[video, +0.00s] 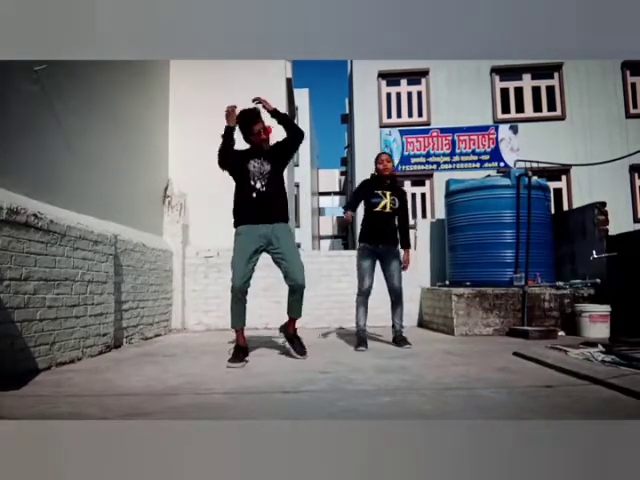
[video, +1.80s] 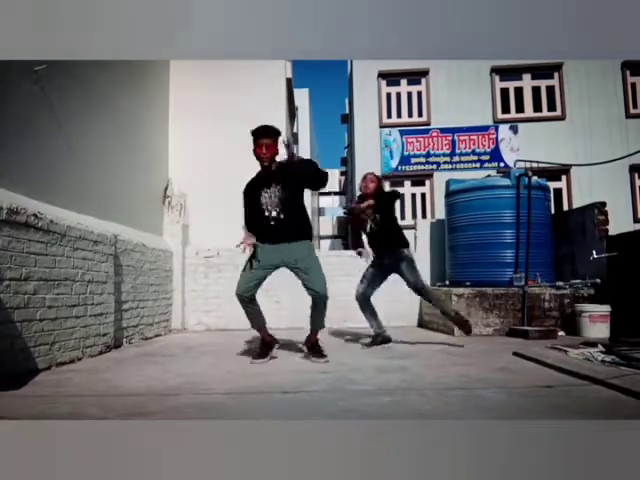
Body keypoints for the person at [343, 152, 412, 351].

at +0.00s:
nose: (384, 165)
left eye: (387, 162)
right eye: (380, 162)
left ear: (393, 165)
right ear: (376, 166)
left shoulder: (399, 191)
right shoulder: (368, 185)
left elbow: (403, 222)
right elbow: (353, 201)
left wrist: (406, 249)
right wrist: (349, 212)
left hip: (390, 245)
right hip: (367, 244)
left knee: (396, 289)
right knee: (364, 289)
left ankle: (398, 333)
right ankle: (361, 335)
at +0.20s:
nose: (377, 164)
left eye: (381, 161)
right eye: (374, 161)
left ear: (388, 164)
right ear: (370, 164)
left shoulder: (395, 187)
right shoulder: (362, 187)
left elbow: (403, 217)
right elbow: (352, 212)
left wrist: (406, 245)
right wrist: (348, 233)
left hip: (387, 244)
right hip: (364, 243)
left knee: (391, 289)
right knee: (355, 286)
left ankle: (398, 332)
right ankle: (352, 329)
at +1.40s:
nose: (378, 165)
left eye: (381, 162)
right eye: (374, 162)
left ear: (386, 165)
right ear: (369, 167)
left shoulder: (394, 187)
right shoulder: (361, 187)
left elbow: (405, 214)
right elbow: (348, 213)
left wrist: (419, 237)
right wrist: (340, 238)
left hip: (388, 245)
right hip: (365, 245)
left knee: (395, 290)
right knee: (356, 290)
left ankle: (395, 333)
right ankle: (344, 332)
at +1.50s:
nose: (377, 164)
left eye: (380, 160)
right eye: (373, 161)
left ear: (386, 163)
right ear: (367, 165)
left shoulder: (395, 183)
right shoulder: (359, 183)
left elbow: (420, 198)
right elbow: (337, 197)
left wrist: (446, 208)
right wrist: (323, 209)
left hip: (391, 245)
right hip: (369, 245)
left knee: (394, 288)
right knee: (358, 289)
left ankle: (394, 333)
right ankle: (353, 331)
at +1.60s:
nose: (374, 167)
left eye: (377, 163)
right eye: (370, 164)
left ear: (384, 166)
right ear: (366, 168)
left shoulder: (394, 182)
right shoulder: (361, 186)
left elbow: (420, 179)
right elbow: (339, 198)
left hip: (393, 245)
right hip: (372, 247)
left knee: (398, 288)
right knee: (359, 288)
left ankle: (397, 332)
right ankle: (375, 328)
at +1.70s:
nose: (370, 174)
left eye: (374, 171)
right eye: (368, 171)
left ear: (381, 174)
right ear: (364, 175)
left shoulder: (389, 189)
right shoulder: (358, 195)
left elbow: (411, 183)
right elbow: (347, 217)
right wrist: (335, 211)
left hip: (395, 250)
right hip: (375, 254)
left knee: (412, 284)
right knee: (363, 295)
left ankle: (417, 327)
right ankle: (380, 333)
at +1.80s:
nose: (368, 184)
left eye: (372, 182)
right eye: (365, 181)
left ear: (378, 186)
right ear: (361, 185)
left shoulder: (384, 198)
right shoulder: (358, 206)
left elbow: (395, 195)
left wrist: (372, 203)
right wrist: (360, 209)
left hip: (399, 254)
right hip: (381, 258)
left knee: (419, 287)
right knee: (362, 295)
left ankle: (455, 318)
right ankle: (380, 334)